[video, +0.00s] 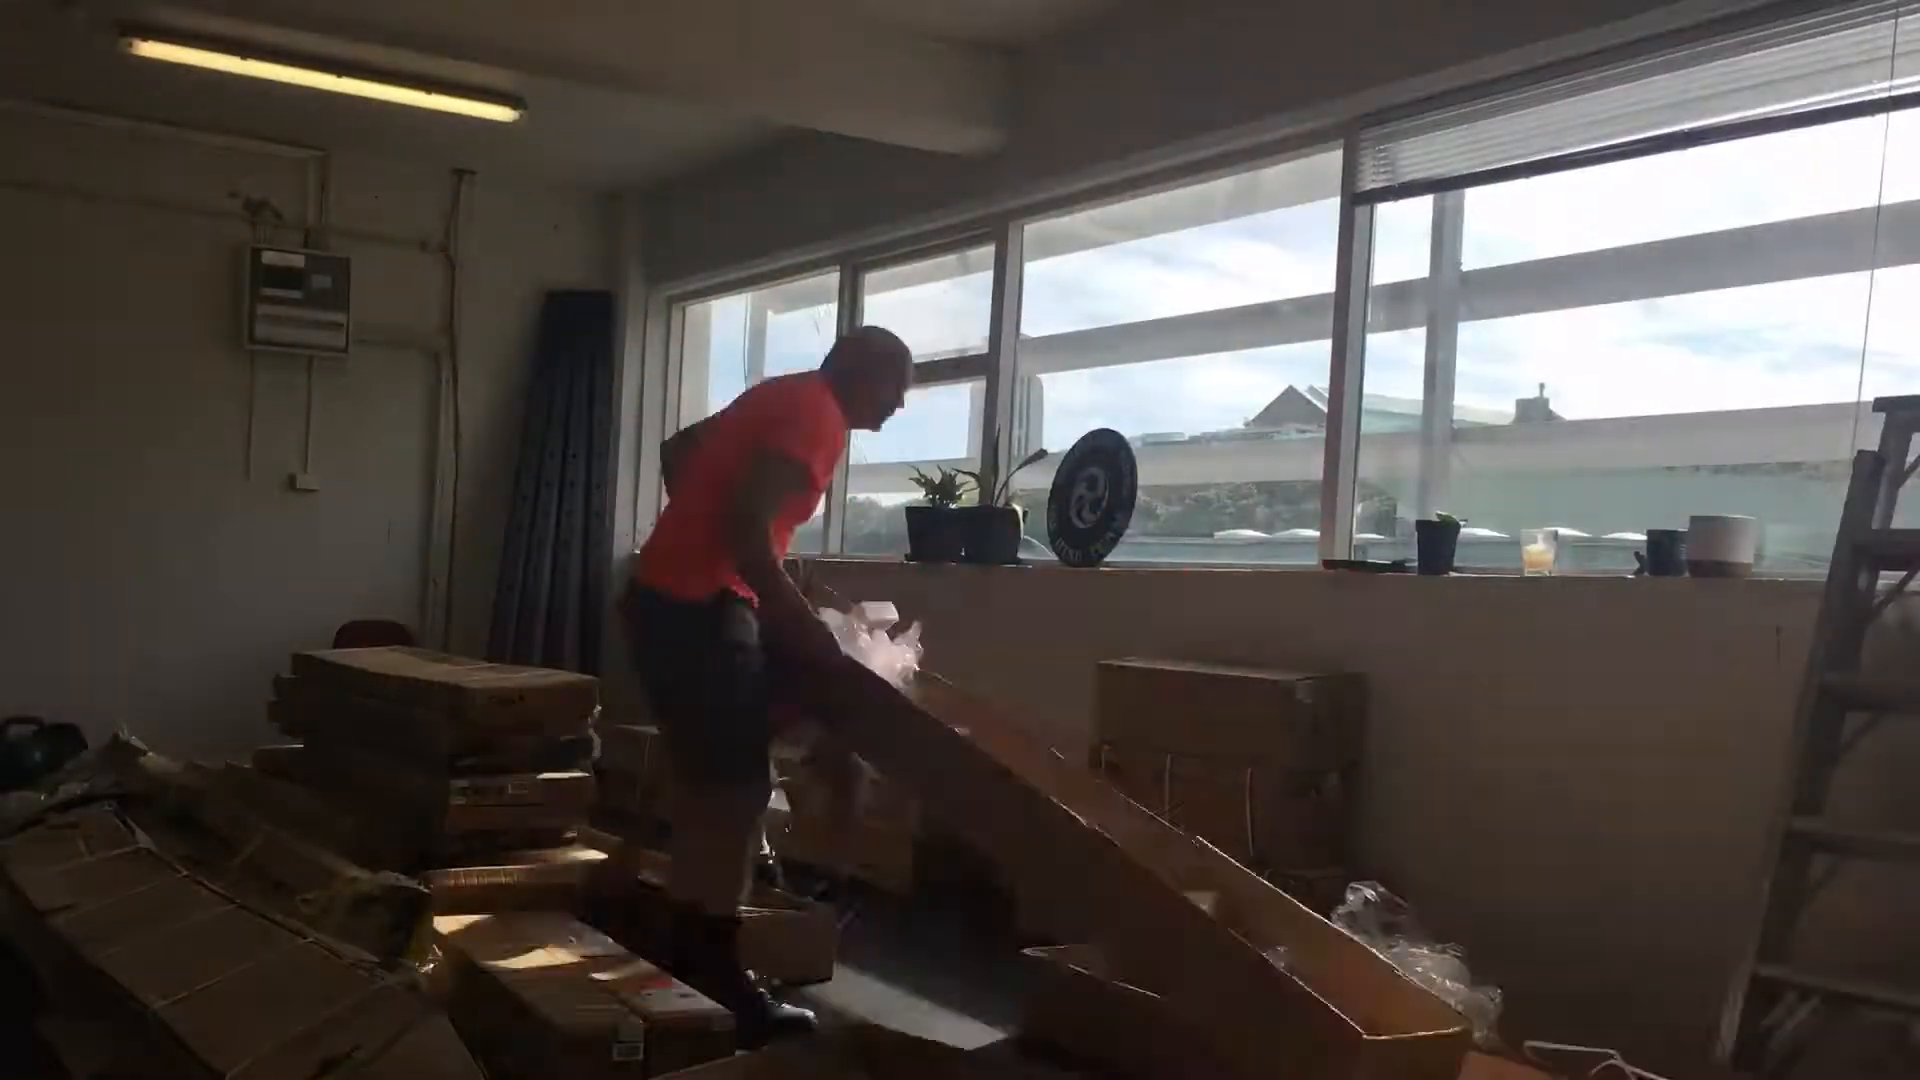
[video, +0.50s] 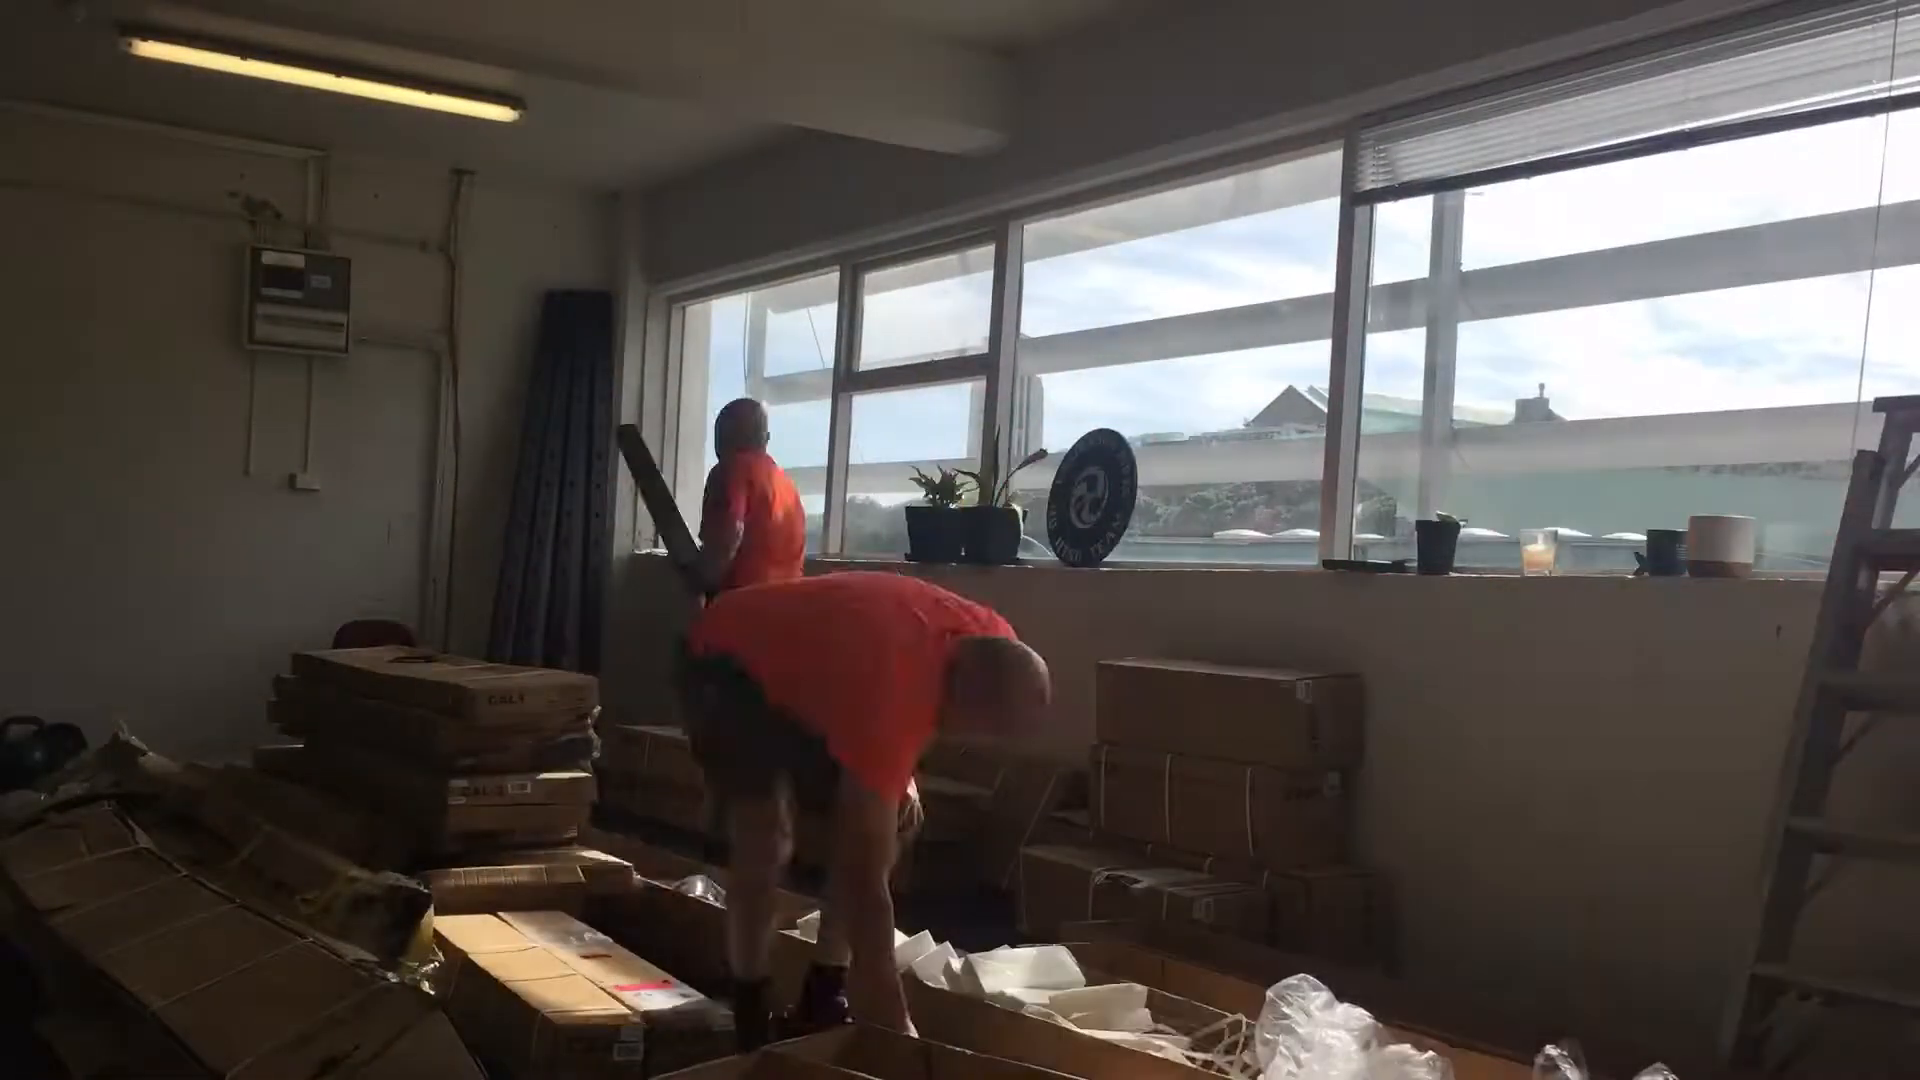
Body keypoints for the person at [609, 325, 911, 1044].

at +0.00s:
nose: (896, 409)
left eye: (901, 396)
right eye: (895, 391)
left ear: (844, 361)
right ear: (866, 371)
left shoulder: (782, 396)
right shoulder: (817, 414)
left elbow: (678, 451)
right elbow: (747, 521)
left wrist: (707, 543)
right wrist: (805, 624)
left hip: (672, 599)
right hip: (702, 608)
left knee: (705, 782)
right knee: (734, 791)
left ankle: (689, 960)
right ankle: (716, 979)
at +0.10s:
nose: (890, 408)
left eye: (900, 396)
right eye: (876, 395)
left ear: (912, 400)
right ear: (850, 397)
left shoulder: (930, 476)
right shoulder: (812, 461)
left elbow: (953, 565)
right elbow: (748, 519)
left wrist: (950, 606)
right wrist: (713, 537)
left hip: (885, 647)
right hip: (807, 633)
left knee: (876, 786)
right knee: (770, 732)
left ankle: (865, 908)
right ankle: (737, 877)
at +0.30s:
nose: (850, 621)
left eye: (851, 605)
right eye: (840, 613)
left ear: (869, 568)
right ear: (828, 601)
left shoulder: (946, 563)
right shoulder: (860, 609)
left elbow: (1026, 646)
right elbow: (905, 690)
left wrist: (967, 706)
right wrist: (905, 735)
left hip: (1033, 662)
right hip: (958, 672)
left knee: (1005, 796)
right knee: (948, 788)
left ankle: (992, 919)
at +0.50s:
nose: (985, 735)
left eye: (999, 730)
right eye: (992, 724)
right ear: (972, 692)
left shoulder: (997, 637)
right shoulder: (890, 689)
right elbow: (865, 883)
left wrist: (898, 768)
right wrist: (891, 1024)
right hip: (729, 654)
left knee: (866, 847)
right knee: (765, 841)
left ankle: (825, 996)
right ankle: (751, 1013)